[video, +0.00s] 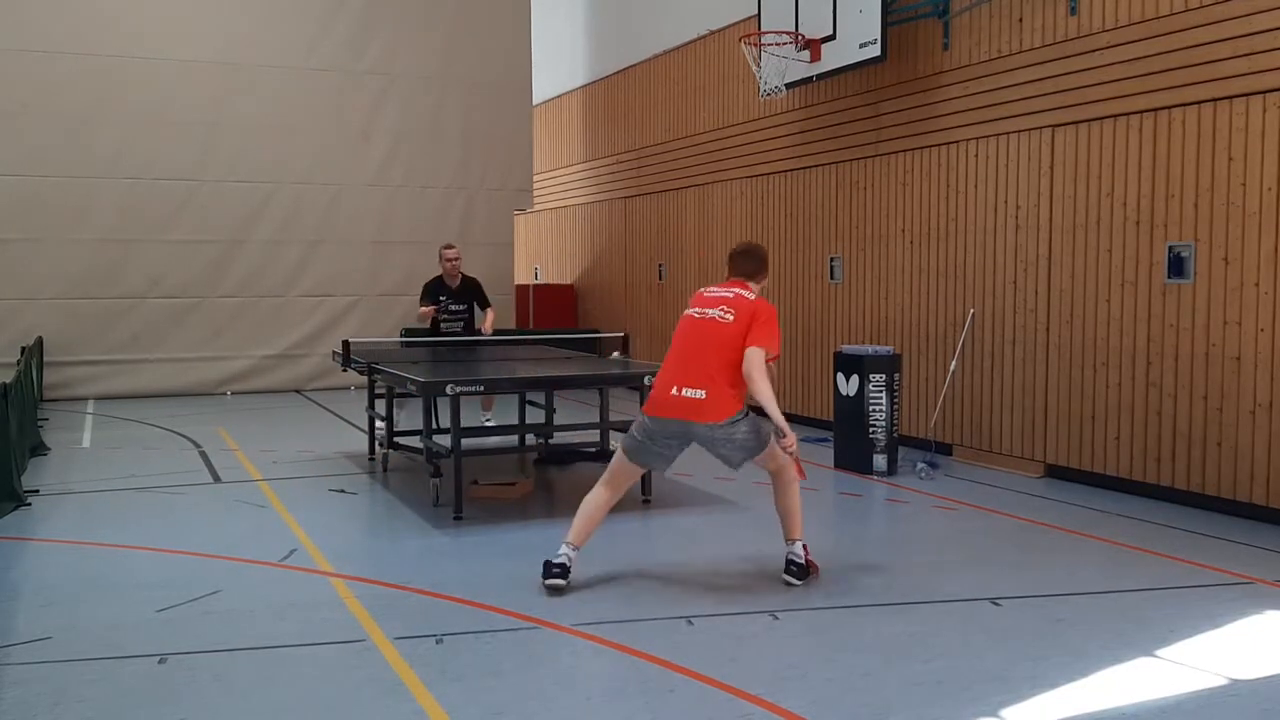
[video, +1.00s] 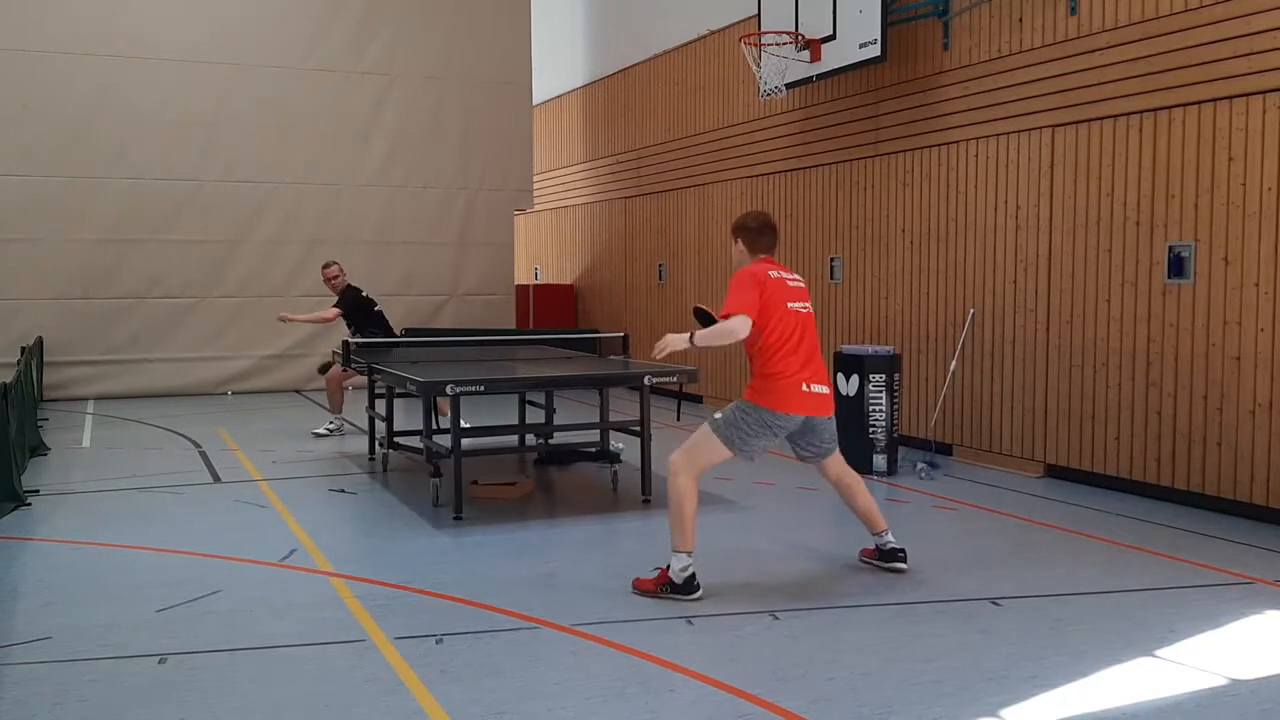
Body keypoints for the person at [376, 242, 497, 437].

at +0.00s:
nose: (454, 264)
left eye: (457, 260)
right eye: (449, 260)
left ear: (461, 261)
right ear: (440, 263)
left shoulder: (471, 283)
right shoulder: (431, 286)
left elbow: (489, 310)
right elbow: (421, 317)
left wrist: (487, 326)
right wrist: (428, 312)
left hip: (467, 345)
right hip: (437, 347)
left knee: (491, 373)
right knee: (407, 373)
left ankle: (487, 418)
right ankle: (392, 419)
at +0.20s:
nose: (421, 272)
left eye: (424, 268)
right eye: (416, 269)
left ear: (429, 269)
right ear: (407, 272)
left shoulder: (438, 294)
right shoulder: (398, 293)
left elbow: (454, 318)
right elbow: (387, 311)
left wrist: (448, 318)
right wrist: (391, 313)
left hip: (433, 356)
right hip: (401, 356)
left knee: (468, 376)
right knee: (364, 383)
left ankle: (484, 418)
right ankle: (354, 422)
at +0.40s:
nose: (390, 272)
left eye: (392, 267)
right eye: (384, 269)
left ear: (396, 268)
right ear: (375, 272)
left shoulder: (408, 289)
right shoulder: (370, 294)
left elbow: (405, 312)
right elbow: (358, 323)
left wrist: (384, 312)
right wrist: (344, 336)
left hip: (410, 352)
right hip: (382, 352)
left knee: (437, 381)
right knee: (351, 378)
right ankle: (337, 422)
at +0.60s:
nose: (370, 282)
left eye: (372, 278)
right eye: (364, 280)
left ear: (377, 278)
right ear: (356, 284)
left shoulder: (389, 299)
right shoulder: (359, 308)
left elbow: (369, 316)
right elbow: (356, 340)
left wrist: (333, 316)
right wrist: (342, 361)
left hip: (403, 356)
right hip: (376, 357)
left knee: (433, 384)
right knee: (346, 379)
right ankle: (338, 423)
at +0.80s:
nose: (361, 287)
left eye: (363, 283)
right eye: (356, 285)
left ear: (368, 283)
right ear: (348, 290)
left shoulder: (377, 302)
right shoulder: (360, 309)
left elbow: (345, 317)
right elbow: (370, 339)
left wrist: (311, 316)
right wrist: (368, 356)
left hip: (403, 356)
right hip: (380, 357)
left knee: (429, 387)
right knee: (347, 379)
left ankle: (457, 422)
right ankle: (339, 423)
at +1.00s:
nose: (333, 282)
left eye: (336, 277)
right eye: (328, 280)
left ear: (344, 275)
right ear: (325, 283)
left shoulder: (349, 294)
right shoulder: (351, 294)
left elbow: (329, 316)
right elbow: (370, 322)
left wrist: (294, 318)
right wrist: (356, 344)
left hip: (382, 352)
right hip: (375, 351)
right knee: (333, 377)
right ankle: (336, 422)